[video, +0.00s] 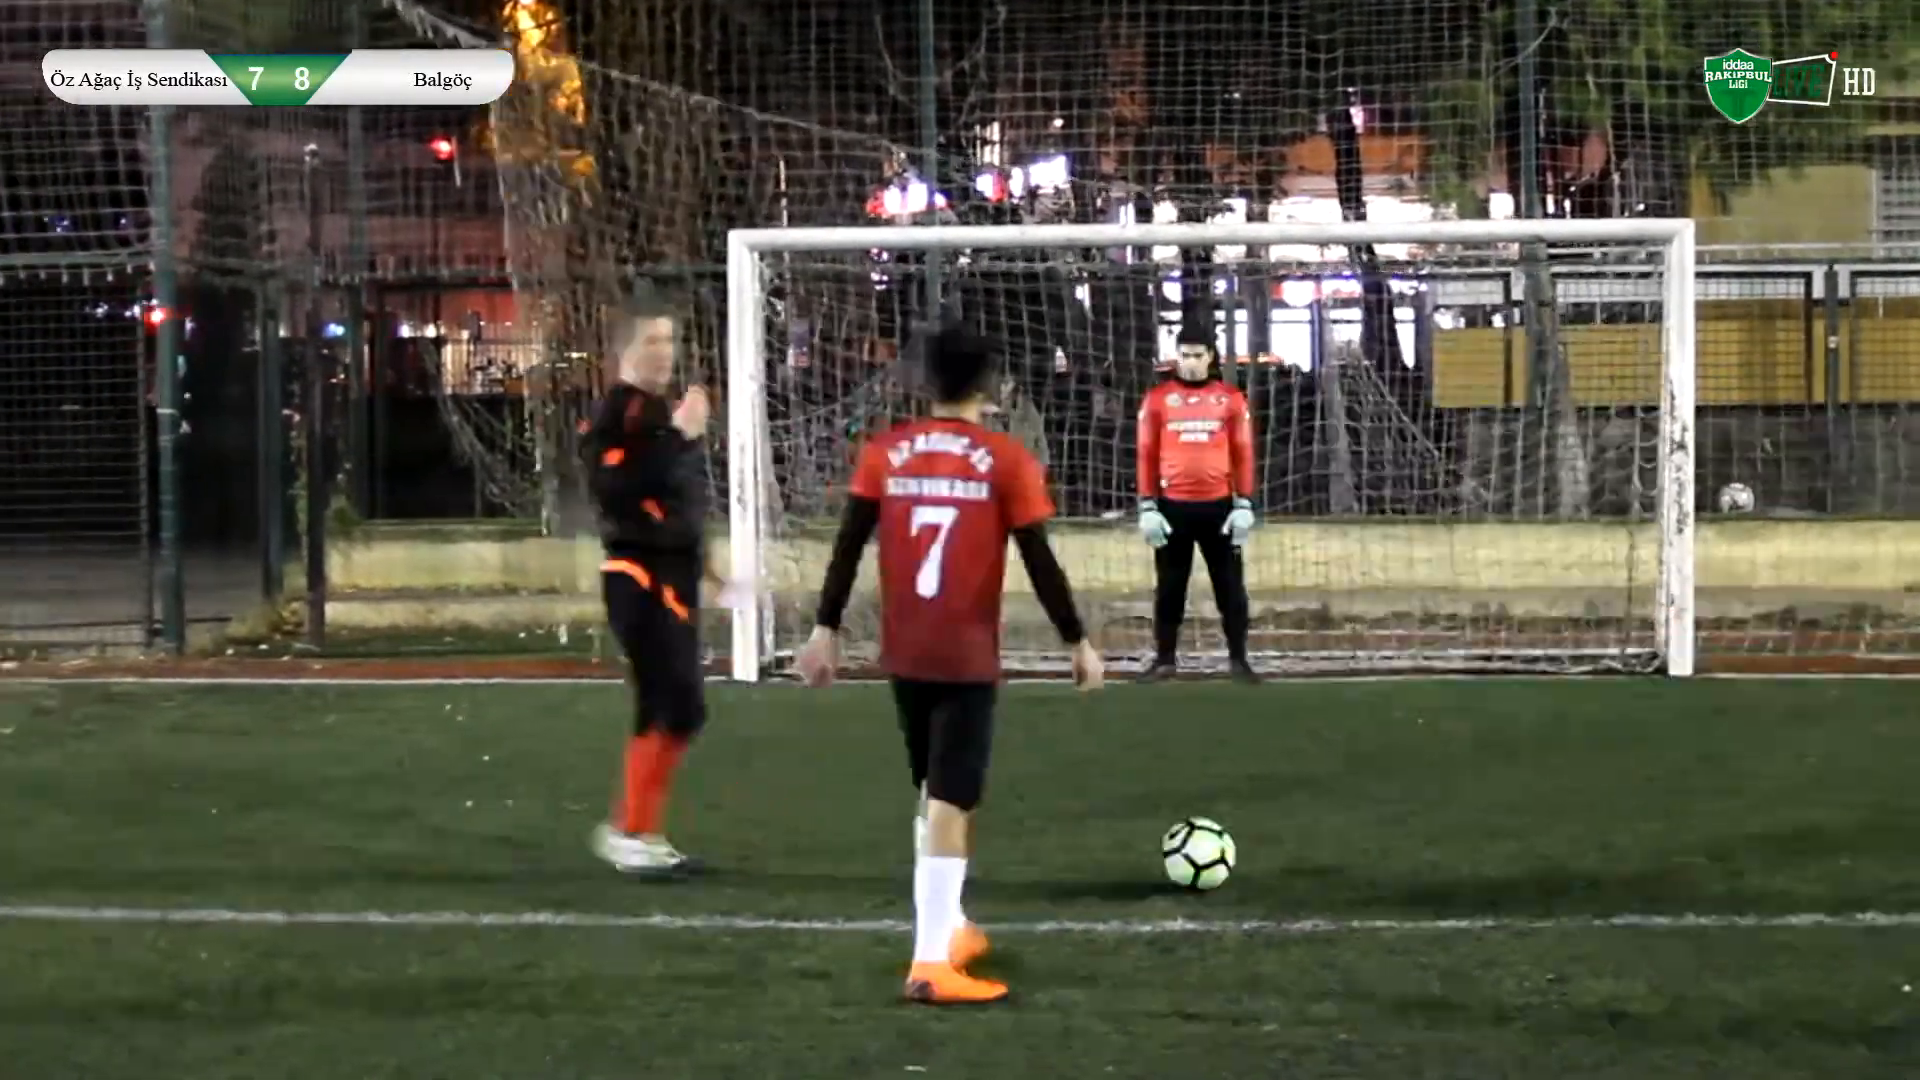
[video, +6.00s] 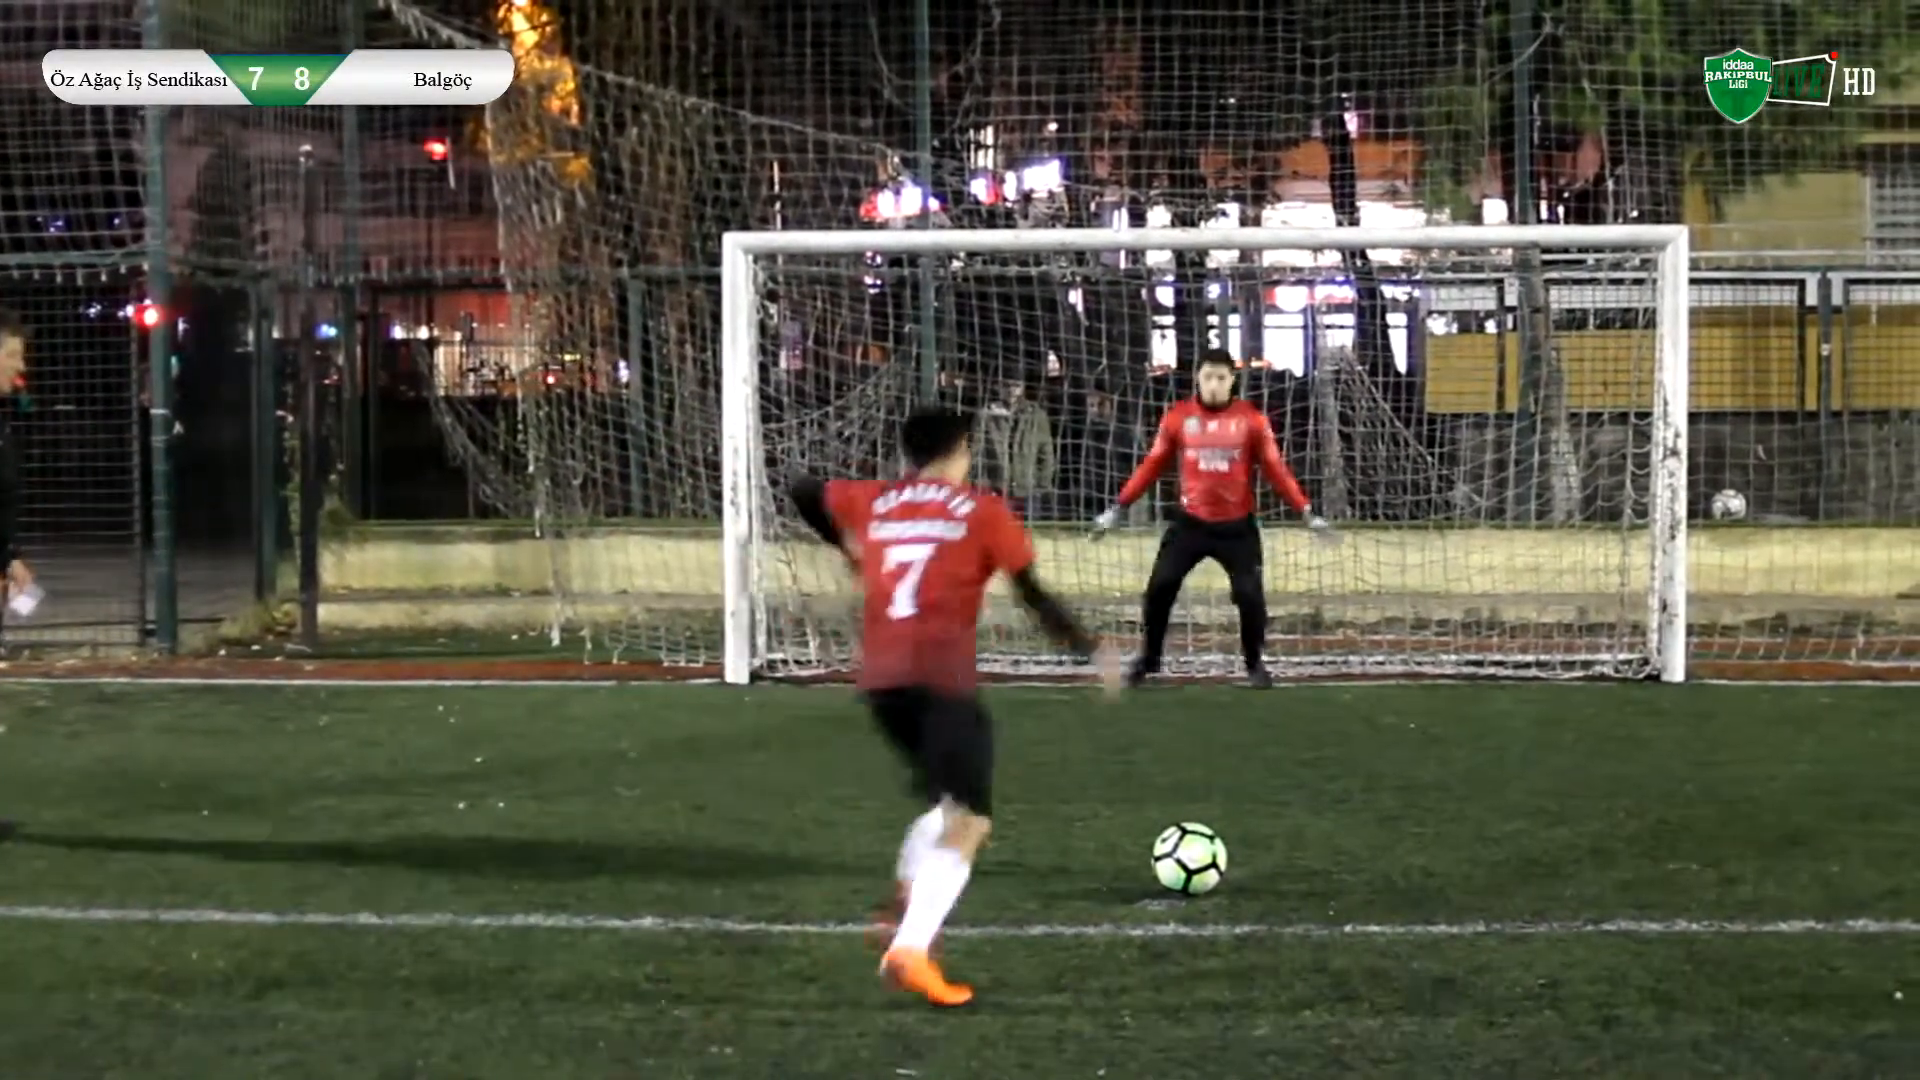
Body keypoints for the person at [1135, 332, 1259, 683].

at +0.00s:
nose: (1191, 363)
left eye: (1198, 356)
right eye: (1185, 355)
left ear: (1211, 358)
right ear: (1176, 357)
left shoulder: (1230, 398)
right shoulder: (1156, 400)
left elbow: (1244, 452)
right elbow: (1146, 453)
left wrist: (1244, 501)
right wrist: (1147, 503)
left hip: (1219, 504)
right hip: (1172, 504)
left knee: (1231, 589)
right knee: (1169, 589)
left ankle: (1239, 658)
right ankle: (1165, 658)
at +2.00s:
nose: (1187, 368)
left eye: (1194, 360)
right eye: (1180, 360)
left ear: (1206, 363)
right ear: (1171, 364)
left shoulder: (1226, 402)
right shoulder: (1151, 403)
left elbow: (1238, 456)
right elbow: (1141, 458)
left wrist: (1238, 504)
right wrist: (1142, 507)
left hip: (1213, 509)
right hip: (1167, 510)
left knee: (1225, 592)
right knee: (1164, 592)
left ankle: (1233, 664)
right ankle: (1159, 664)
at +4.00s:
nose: (1188, 363)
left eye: (1195, 356)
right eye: (1182, 356)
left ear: (1209, 359)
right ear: (1174, 359)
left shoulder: (1229, 402)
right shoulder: (1154, 402)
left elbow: (1240, 456)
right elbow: (1144, 456)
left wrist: (1239, 505)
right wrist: (1146, 505)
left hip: (1216, 507)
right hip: (1169, 508)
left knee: (1228, 589)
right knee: (1166, 590)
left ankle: (1236, 662)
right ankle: (1162, 661)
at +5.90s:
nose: (1216, 378)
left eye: (1223, 371)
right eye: (1209, 370)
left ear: (1234, 375)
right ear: (1199, 373)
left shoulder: (1252, 418)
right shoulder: (1177, 413)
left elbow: (1271, 468)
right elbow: (1157, 460)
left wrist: (1286, 504)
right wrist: (1141, 495)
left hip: (1235, 523)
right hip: (1188, 521)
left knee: (1249, 596)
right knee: (1164, 592)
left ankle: (1256, 665)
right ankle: (1159, 661)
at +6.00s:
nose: (1215, 384)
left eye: (1222, 378)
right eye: (1209, 377)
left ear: (1232, 382)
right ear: (1197, 379)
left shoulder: (1252, 420)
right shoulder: (1178, 418)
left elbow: (1275, 467)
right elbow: (1153, 463)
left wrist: (1305, 508)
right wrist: (1119, 504)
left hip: (1237, 529)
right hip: (1190, 527)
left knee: (1251, 598)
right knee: (1159, 589)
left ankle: (1254, 664)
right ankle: (1151, 658)